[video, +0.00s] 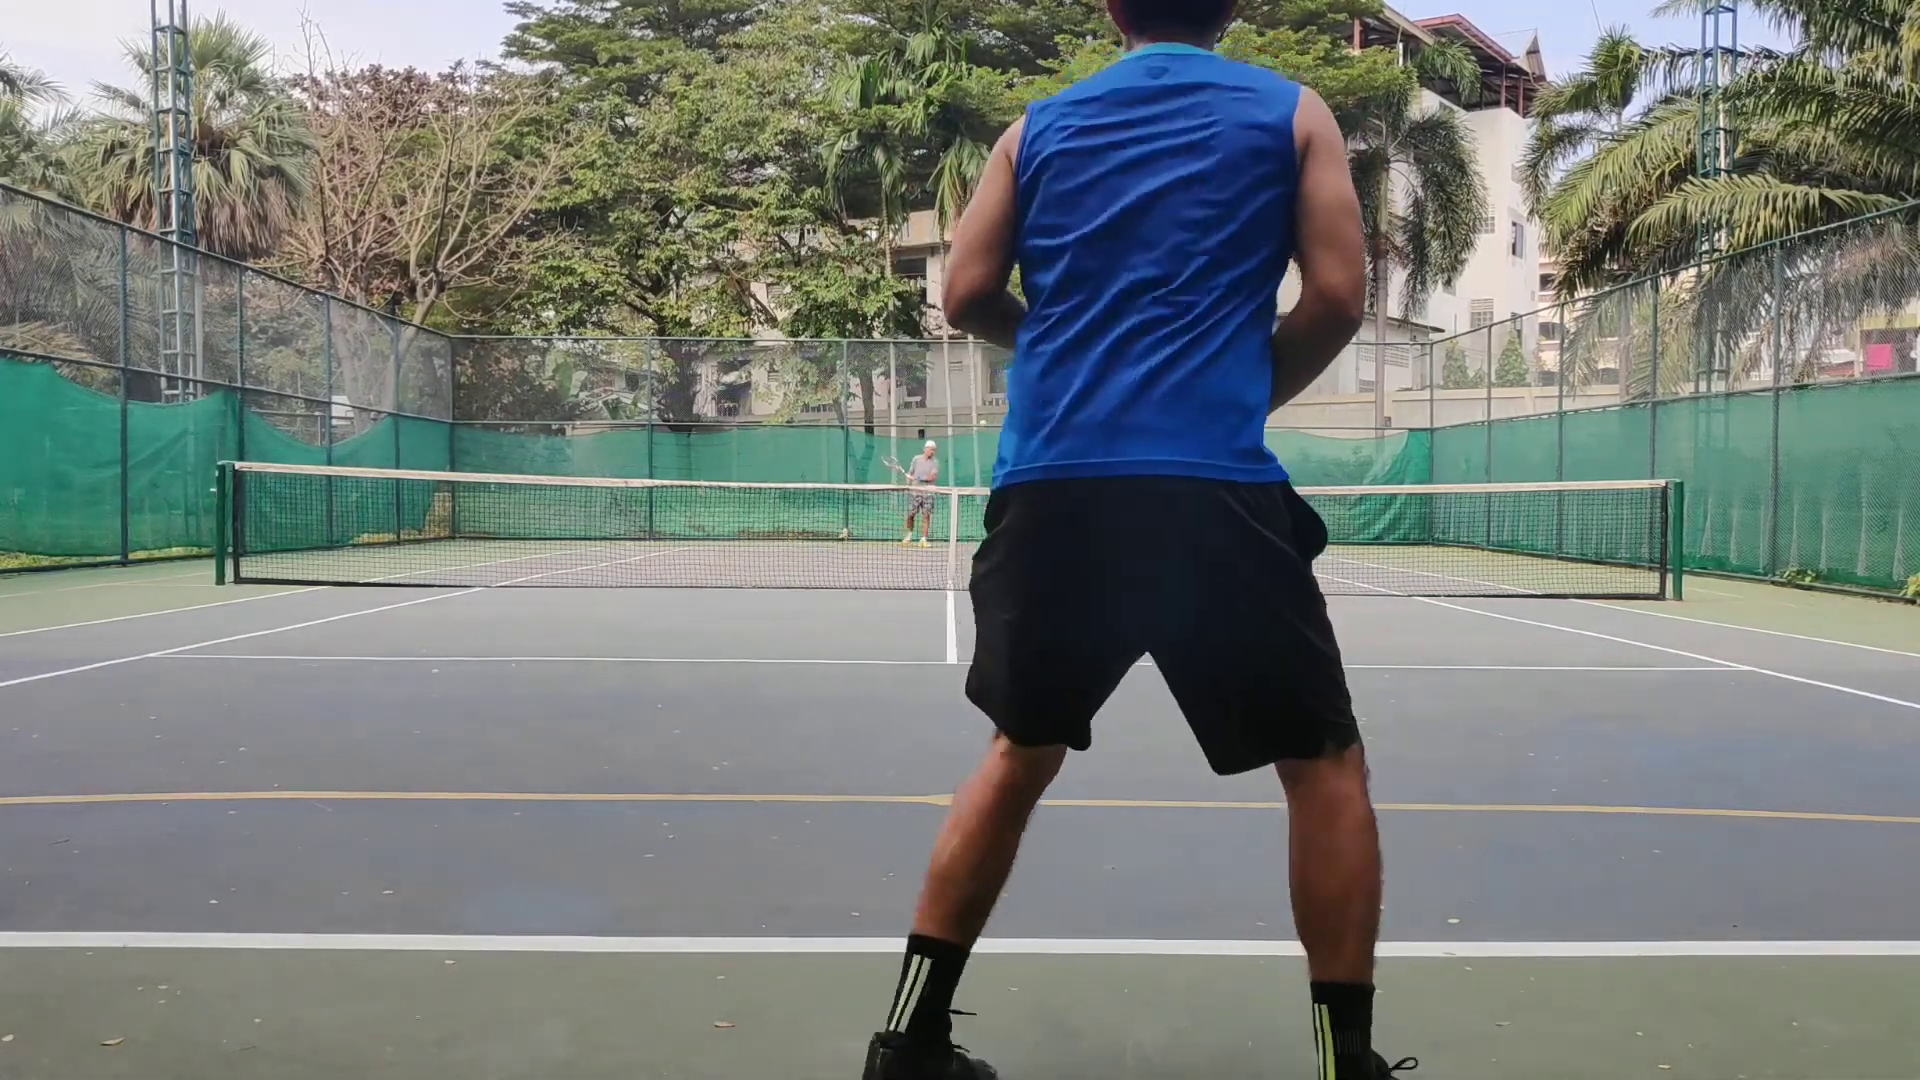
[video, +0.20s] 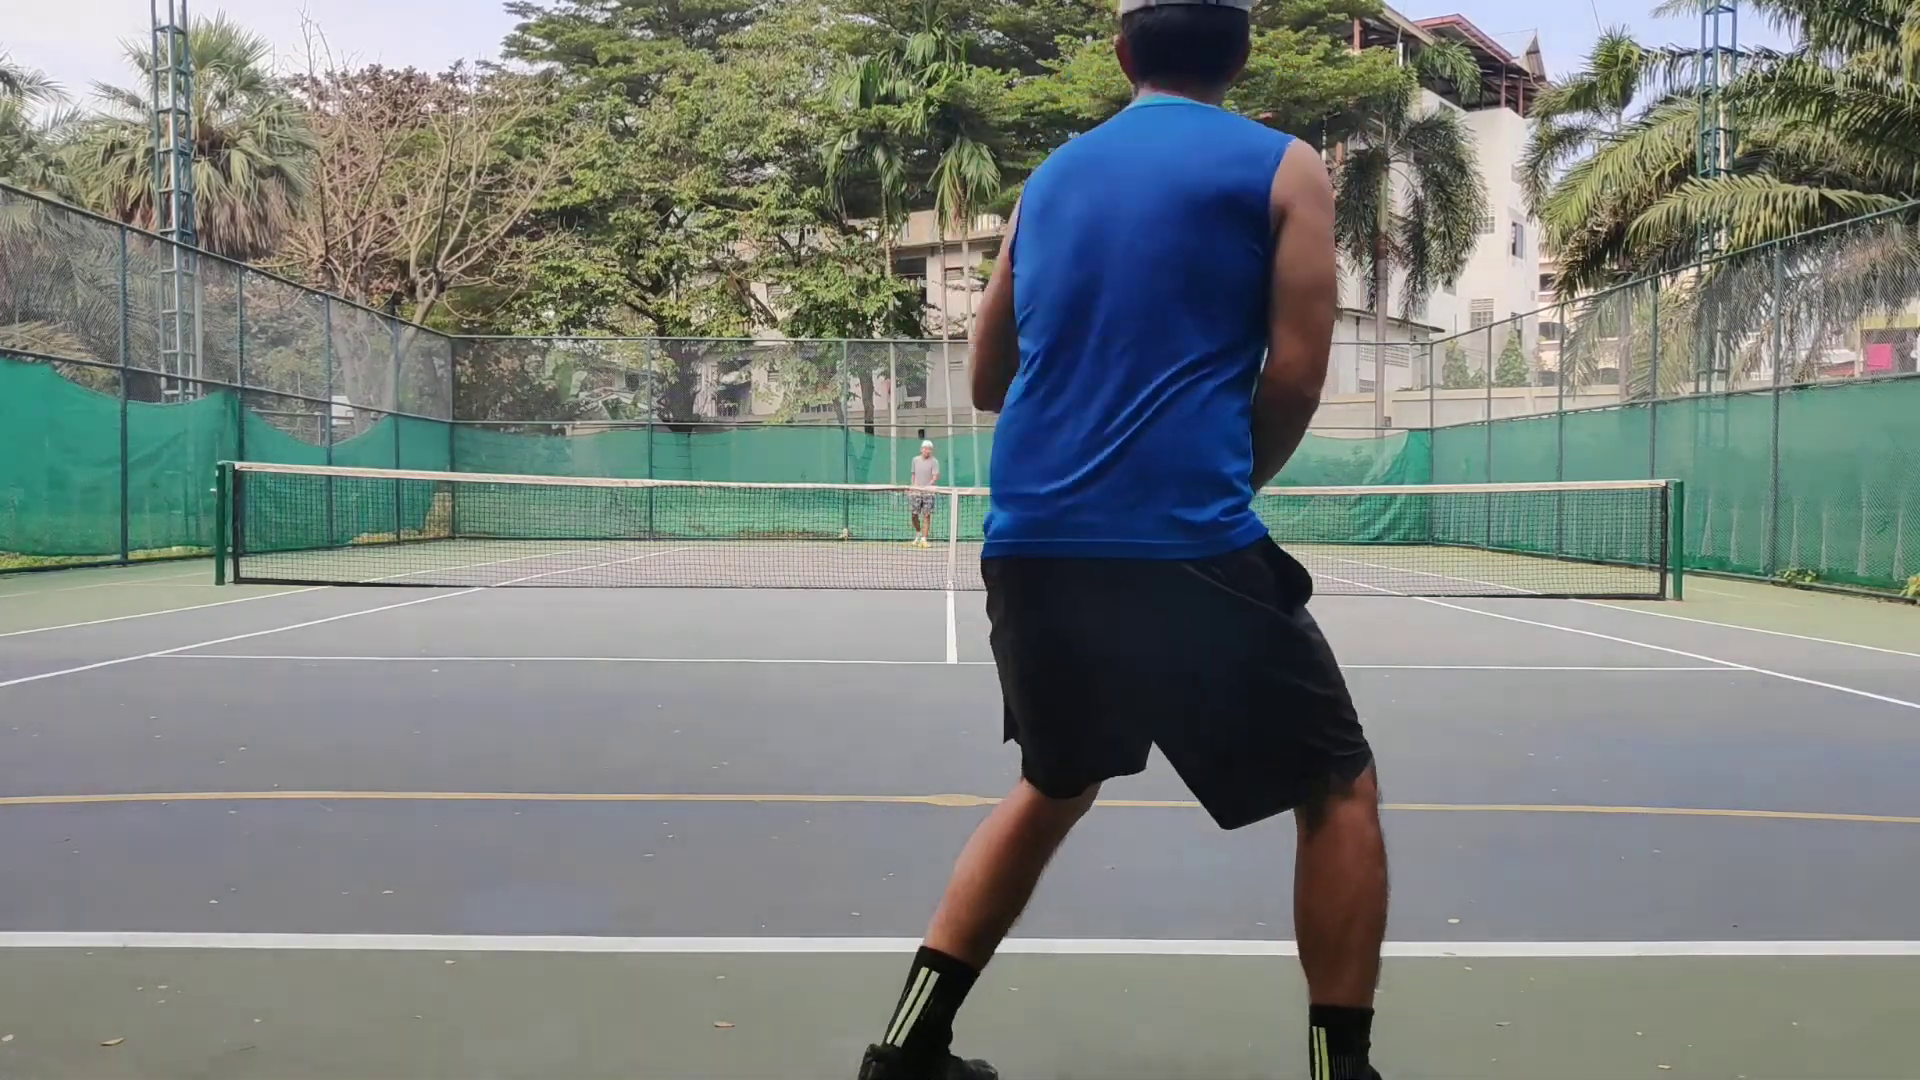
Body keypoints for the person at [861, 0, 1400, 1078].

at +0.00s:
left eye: (1106, 16)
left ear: (1113, 15)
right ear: (1228, 16)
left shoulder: (1042, 122)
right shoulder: (1292, 110)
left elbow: (965, 294)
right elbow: (1338, 298)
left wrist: (1051, 337)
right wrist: (1246, 388)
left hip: (1054, 494)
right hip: (1217, 498)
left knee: (1017, 756)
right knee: (1324, 768)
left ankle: (911, 1032)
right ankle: (1348, 1054)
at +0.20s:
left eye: (1131, 40)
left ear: (1127, 57)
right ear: (1238, 66)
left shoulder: (1052, 177)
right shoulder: (1282, 165)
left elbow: (988, 383)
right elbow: (1296, 374)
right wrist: (1229, 480)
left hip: (1034, 546)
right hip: (1191, 546)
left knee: (1053, 779)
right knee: (1340, 794)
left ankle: (910, 1039)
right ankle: (1340, 1064)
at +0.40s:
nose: (1253, 49)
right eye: (1255, 35)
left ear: (1134, 32)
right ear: (1243, 36)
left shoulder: (1095, 130)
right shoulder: (1199, 115)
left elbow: (1148, 358)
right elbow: (1225, 329)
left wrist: (1315, 376)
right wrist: (1318, 459)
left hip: (975, 507)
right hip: (1082, 506)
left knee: (1049, 782)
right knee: (1296, 765)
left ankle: (906, 1050)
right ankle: (1313, 1069)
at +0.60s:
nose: (1329, 50)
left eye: (1323, 31)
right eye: (1326, 36)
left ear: (1201, 35)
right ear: (1310, 46)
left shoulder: (1191, 134)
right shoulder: (1213, 102)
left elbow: (1344, 332)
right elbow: (1189, 266)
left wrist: (1516, 361)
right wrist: (1426, 285)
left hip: (1005, 516)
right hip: (1086, 518)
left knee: (1080, 784)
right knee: (1313, 807)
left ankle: (886, 1027)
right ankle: (1294, 1076)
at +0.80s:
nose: (1397, 77)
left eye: (1391, 60)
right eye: (1402, 57)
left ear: (1275, 41)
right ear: (1391, 61)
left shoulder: (1293, 213)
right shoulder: (1241, 120)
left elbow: (1420, 348)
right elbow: (1103, 279)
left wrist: (1590, 449)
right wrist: (1290, 341)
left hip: (1064, 555)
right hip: (1129, 557)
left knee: (1130, 815)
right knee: (1372, 829)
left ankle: (888, 1013)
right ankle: (1305, 1074)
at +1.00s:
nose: (1436, 79)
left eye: (1439, 58)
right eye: (1444, 55)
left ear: (1321, 25)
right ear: (1432, 49)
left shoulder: (1325, 174)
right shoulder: (1286, 114)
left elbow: (1413, 328)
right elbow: (1160, 296)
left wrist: (1520, 458)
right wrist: (1305, 452)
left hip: (1078, 549)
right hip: (1153, 556)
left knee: (1117, 823)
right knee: (1392, 827)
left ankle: (880, 1024)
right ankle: (1310, 1069)